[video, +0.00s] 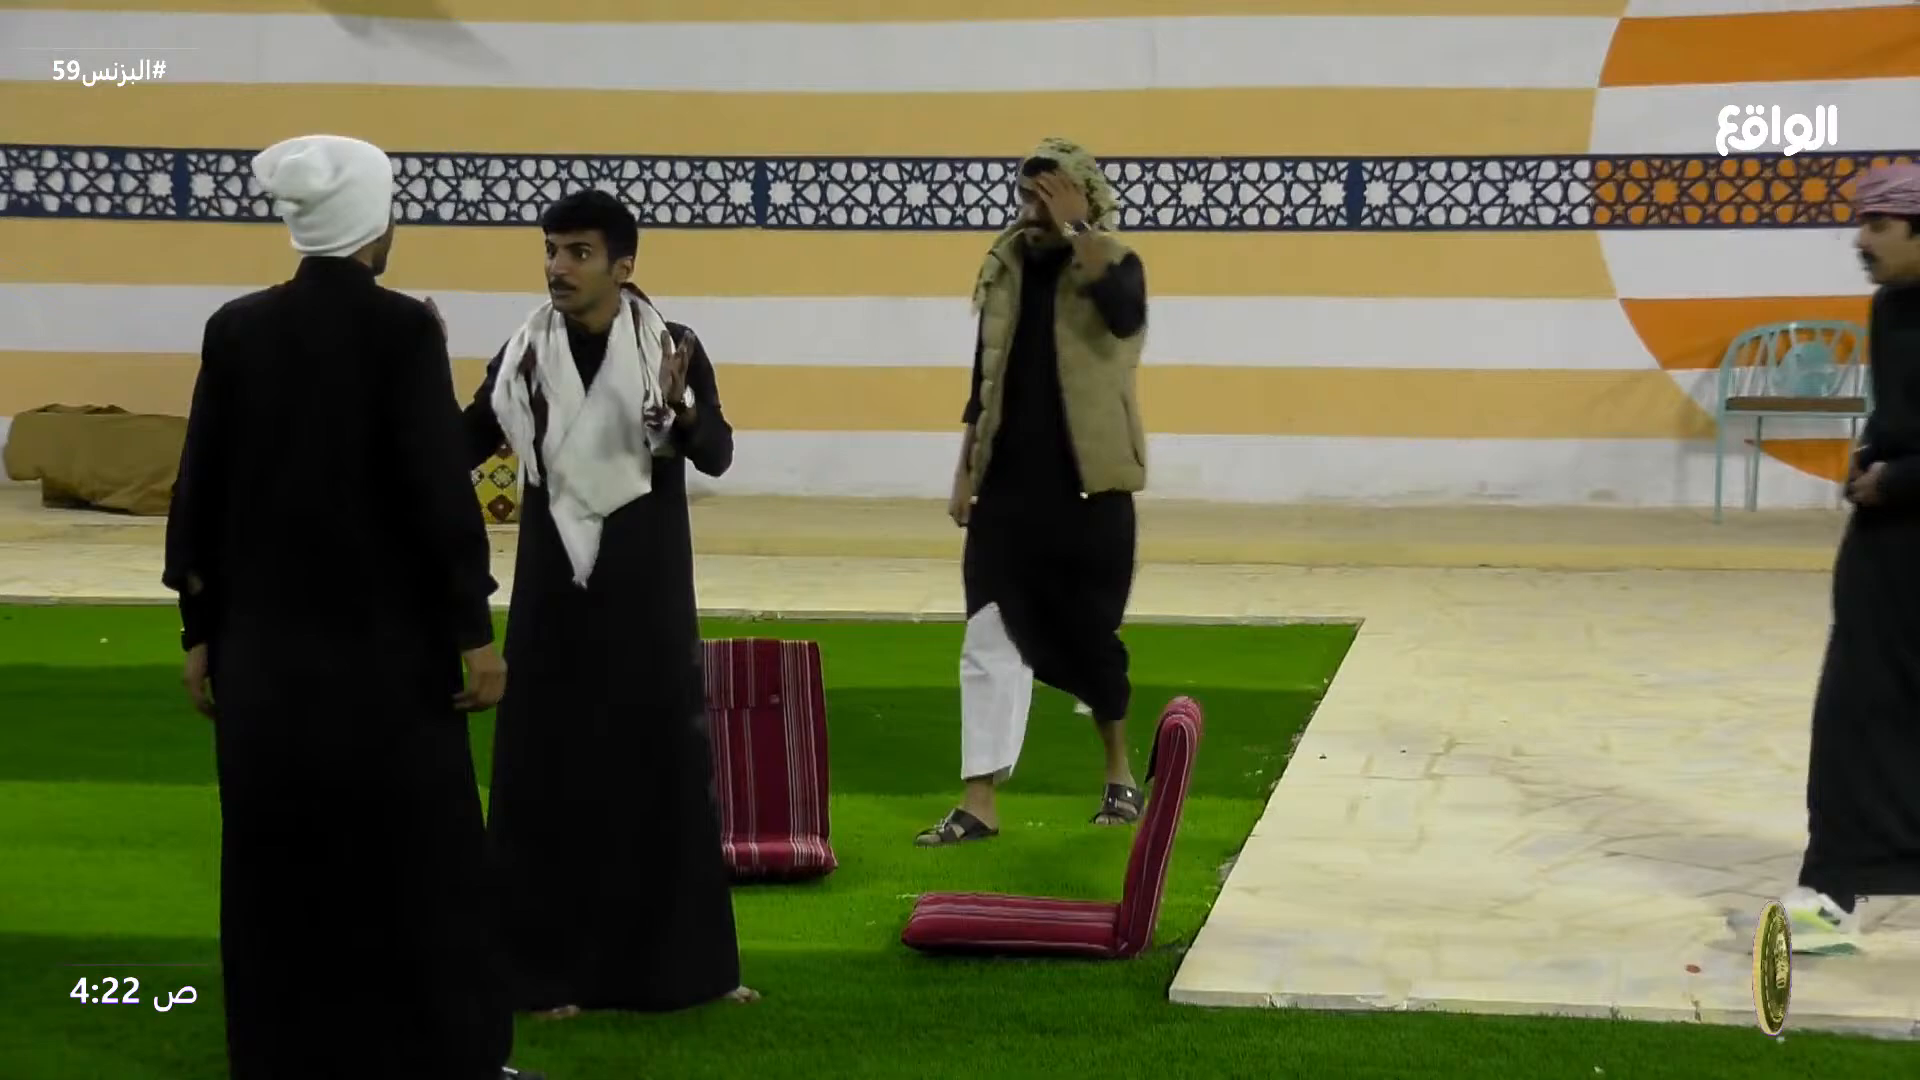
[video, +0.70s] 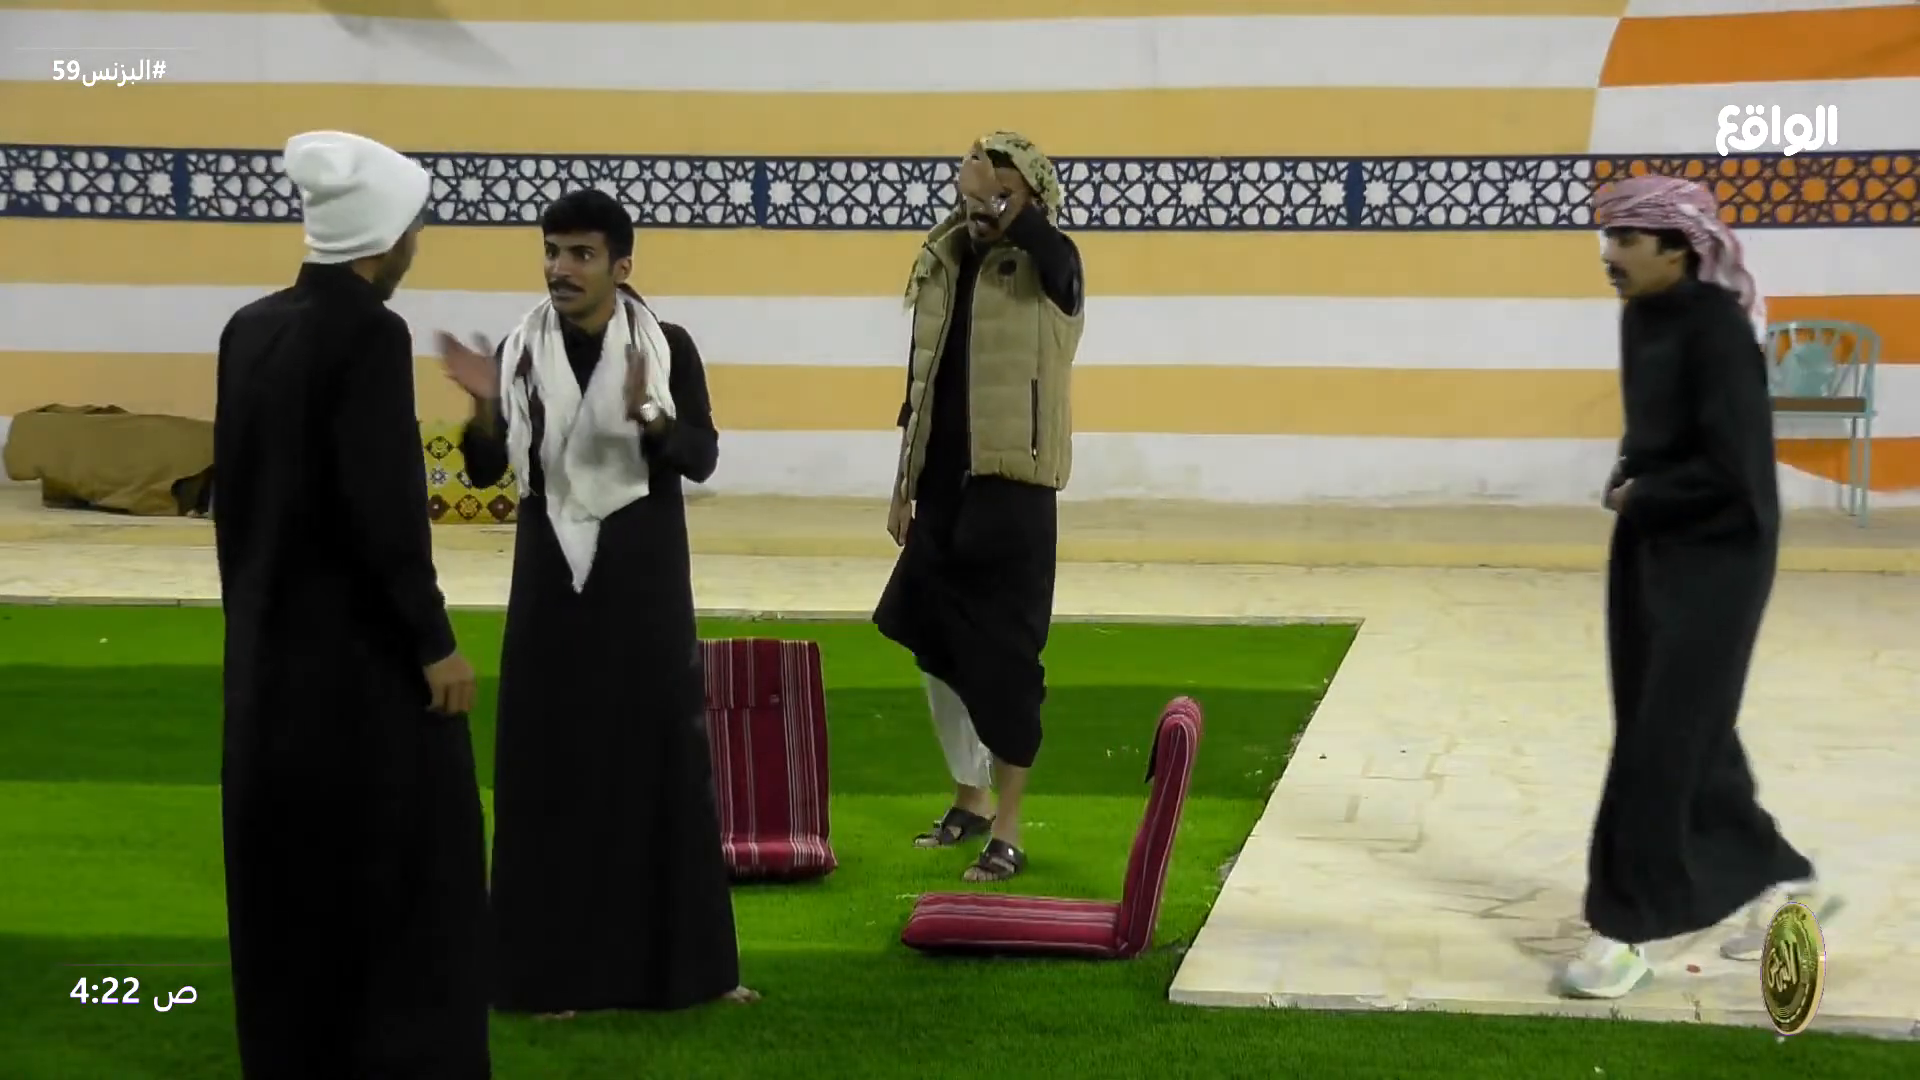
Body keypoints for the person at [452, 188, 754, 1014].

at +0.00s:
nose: (560, 267)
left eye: (579, 253)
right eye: (553, 252)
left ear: (623, 263)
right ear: (543, 260)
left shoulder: (672, 349)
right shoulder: (524, 351)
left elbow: (718, 456)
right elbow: (465, 442)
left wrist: (685, 408)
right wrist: (399, 467)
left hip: (646, 597)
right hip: (550, 595)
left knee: (666, 773)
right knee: (547, 774)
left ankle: (697, 966)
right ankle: (553, 973)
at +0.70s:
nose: (564, 268)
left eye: (582, 254)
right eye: (554, 252)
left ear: (621, 262)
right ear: (542, 258)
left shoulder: (665, 345)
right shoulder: (521, 349)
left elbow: (701, 459)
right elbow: (486, 470)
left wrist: (656, 419)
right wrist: (484, 408)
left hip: (640, 577)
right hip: (548, 573)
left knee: (658, 761)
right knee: (548, 761)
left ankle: (692, 966)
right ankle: (558, 972)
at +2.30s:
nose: (922, 347)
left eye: (934, 331)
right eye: (904, 330)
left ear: (943, 324)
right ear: (854, 314)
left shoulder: (942, 410)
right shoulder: (796, 406)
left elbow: (972, 548)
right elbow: (754, 538)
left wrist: (967, 666)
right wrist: (809, 628)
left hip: (922, 674)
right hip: (813, 676)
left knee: (931, 860)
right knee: (799, 851)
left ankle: (946, 1045)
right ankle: (774, 1016)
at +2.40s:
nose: (966, 343)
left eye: (979, 327)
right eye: (949, 326)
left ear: (991, 319)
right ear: (900, 308)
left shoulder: (978, 390)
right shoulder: (839, 397)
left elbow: (978, 512)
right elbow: (792, 538)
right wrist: (808, 656)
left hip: (961, 668)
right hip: (864, 670)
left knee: (963, 863)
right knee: (850, 853)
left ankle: (944, 1052)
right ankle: (794, 1009)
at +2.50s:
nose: (993, 341)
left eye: (1007, 325)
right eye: (976, 323)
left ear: (1020, 314)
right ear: (928, 301)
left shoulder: (1010, 391)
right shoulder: (860, 385)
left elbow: (1028, 529)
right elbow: (809, 519)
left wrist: (1036, 647)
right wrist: (797, 647)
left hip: (981, 676)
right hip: (878, 670)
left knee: (976, 867)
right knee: (876, 861)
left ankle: (955, 1051)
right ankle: (843, 1039)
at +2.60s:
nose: (1018, 333)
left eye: (1033, 317)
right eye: (1000, 316)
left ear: (1047, 302)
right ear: (954, 292)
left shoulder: (1048, 374)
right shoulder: (891, 370)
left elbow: (1086, 520)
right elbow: (829, 507)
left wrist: (1124, 651)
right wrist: (797, 637)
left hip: (1010, 675)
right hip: (900, 675)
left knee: (997, 906)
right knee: (943, 893)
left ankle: (977, 1067)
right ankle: (864, 1041)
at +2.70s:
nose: (1029, 331)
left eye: (1044, 312)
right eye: (1009, 313)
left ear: (1062, 299)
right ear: (964, 295)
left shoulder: (1072, 372)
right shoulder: (904, 372)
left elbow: (1119, 514)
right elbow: (846, 509)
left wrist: (1167, 643)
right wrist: (800, 632)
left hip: (1029, 685)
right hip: (917, 683)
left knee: (996, 924)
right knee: (966, 920)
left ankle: (912, 1068)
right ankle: (974, 1073)